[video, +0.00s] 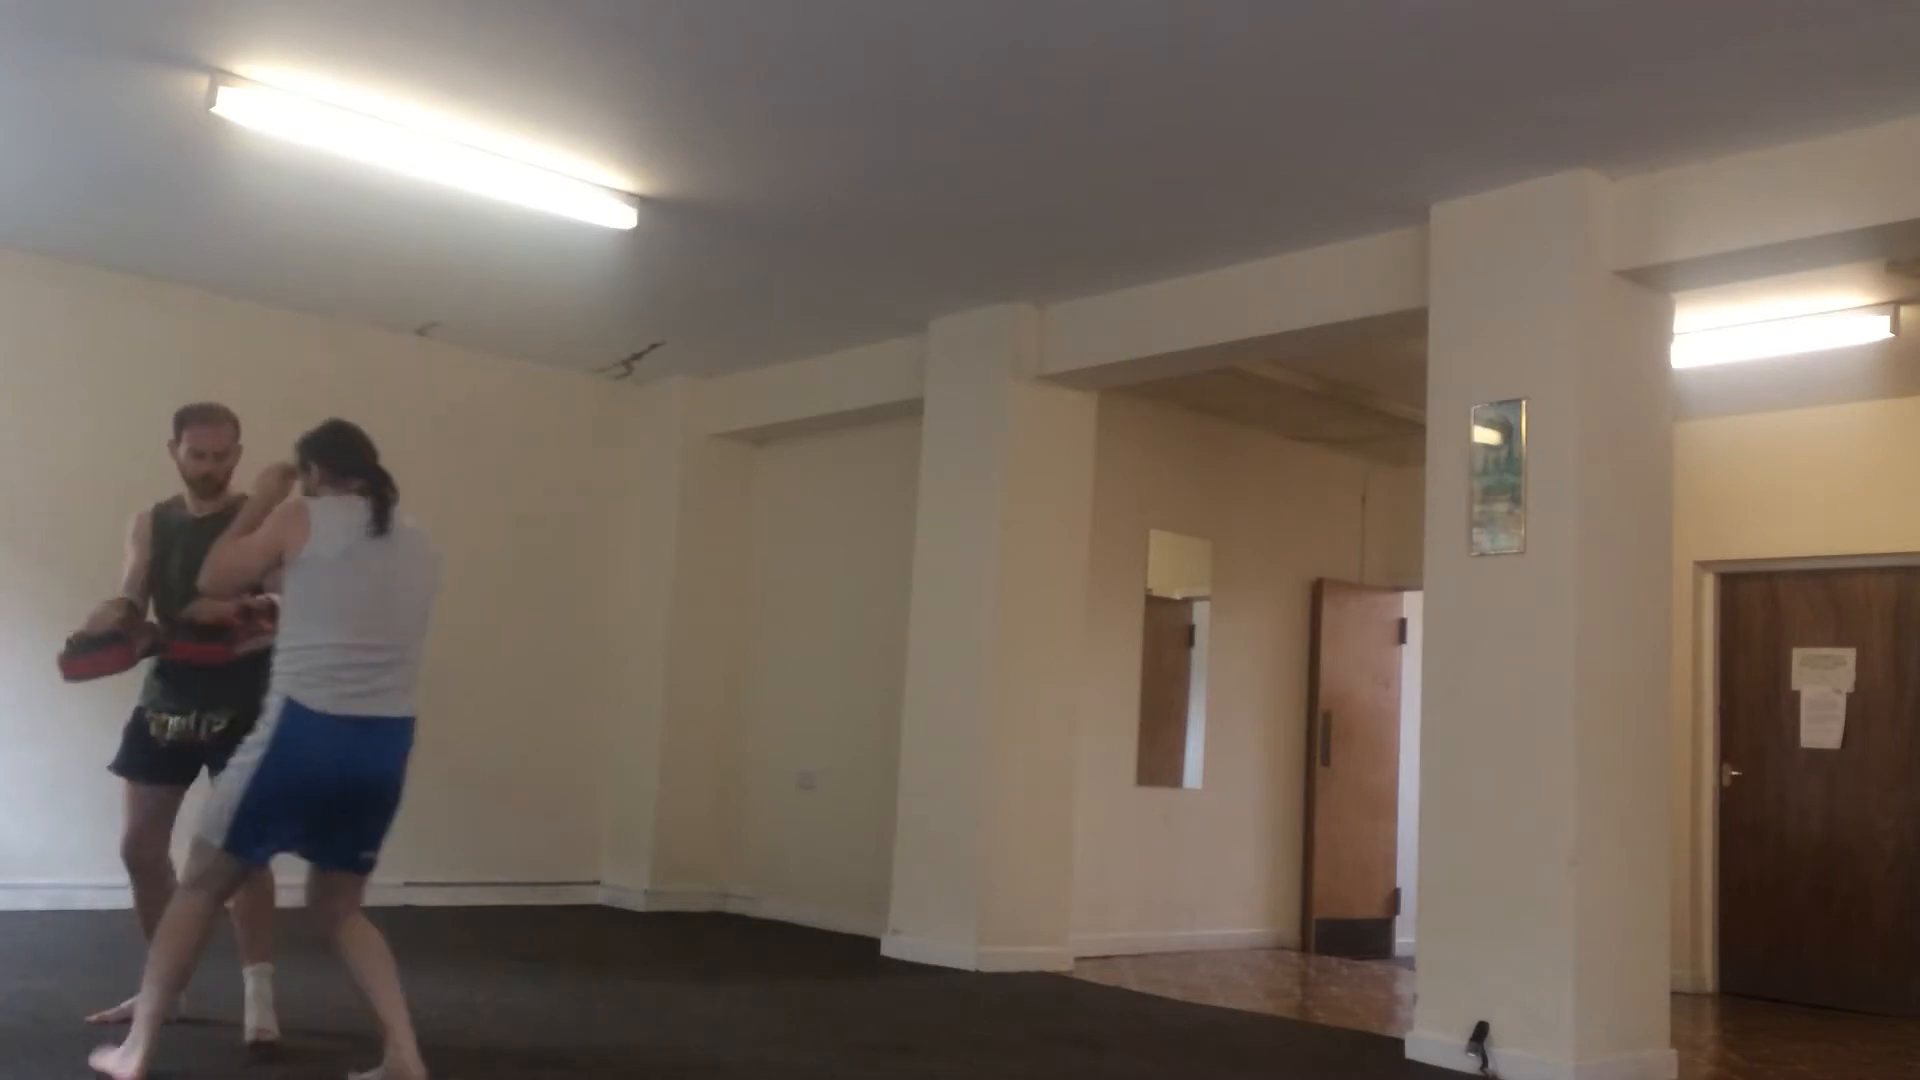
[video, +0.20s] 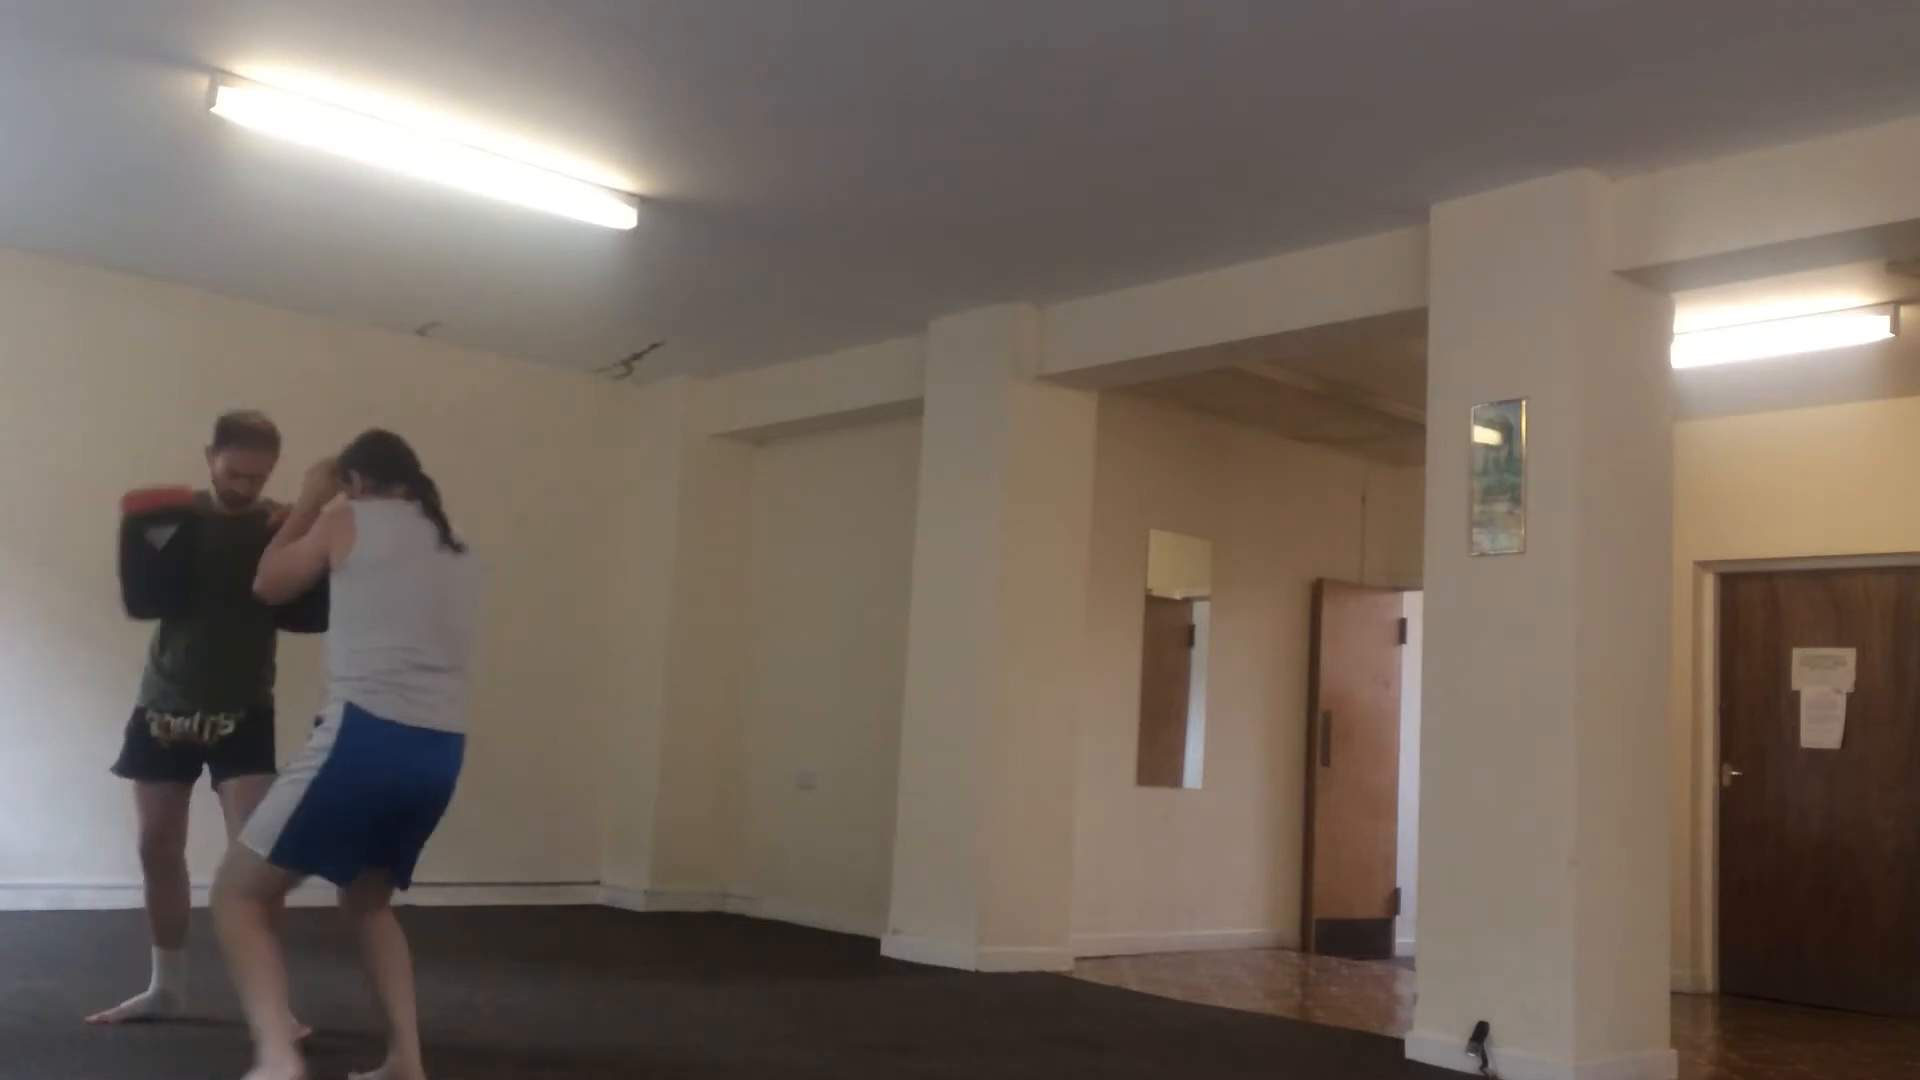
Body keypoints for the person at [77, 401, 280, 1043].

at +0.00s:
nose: (208, 467)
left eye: (220, 456)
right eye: (197, 455)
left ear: (239, 454)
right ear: (174, 454)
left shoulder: (262, 519)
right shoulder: (154, 522)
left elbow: (287, 602)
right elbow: (131, 605)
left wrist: (247, 617)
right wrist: (111, 620)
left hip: (244, 702)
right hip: (170, 698)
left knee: (244, 852)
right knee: (141, 848)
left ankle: (259, 998)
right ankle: (163, 983)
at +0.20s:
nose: (243, 484)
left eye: (255, 475)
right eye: (234, 471)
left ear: (270, 471)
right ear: (212, 460)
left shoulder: (284, 532)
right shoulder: (181, 524)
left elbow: (312, 615)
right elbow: (142, 601)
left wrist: (298, 542)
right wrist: (132, 528)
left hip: (243, 709)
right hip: (167, 705)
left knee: (256, 855)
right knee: (157, 847)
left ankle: (269, 1001)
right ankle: (165, 988)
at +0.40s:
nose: (288, 497)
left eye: (300, 486)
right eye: (279, 483)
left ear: (314, 482)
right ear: (260, 468)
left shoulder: (310, 526)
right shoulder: (216, 501)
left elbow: (332, 598)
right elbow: (192, 568)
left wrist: (329, 512)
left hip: (264, 709)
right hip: (188, 702)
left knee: (267, 864)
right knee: (154, 853)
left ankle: (268, 1013)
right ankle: (163, 986)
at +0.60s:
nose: (334, 480)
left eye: (340, 471)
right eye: (326, 468)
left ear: (341, 468)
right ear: (298, 459)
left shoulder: (333, 519)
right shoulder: (247, 492)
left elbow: (355, 600)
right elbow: (215, 569)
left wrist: (349, 503)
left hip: (279, 711)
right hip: (200, 701)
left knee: (278, 865)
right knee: (128, 852)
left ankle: (268, 1014)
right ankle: (128, 975)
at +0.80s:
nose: (305, 480)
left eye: (320, 471)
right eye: (297, 464)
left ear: (335, 474)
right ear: (273, 450)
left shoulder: (328, 525)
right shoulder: (217, 502)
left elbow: (336, 646)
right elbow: (185, 597)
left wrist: (348, 590)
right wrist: (230, 555)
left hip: (274, 707)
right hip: (192, 698)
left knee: (277, 867)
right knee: (123, 857)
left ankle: (269, 1015)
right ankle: (59, 1013)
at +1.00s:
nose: (274, 480)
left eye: (287, 471)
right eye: (268, 464)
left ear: (293, 470)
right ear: (238, 444)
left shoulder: (271, 526)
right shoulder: (176, 505)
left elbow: (264, 618)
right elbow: (171, 600)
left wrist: (322, 621)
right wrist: (269, 594)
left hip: (237, 707)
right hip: (161, 706)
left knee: (269, 866)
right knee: (112, 863)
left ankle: (266, 1014)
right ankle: (43, 1030)